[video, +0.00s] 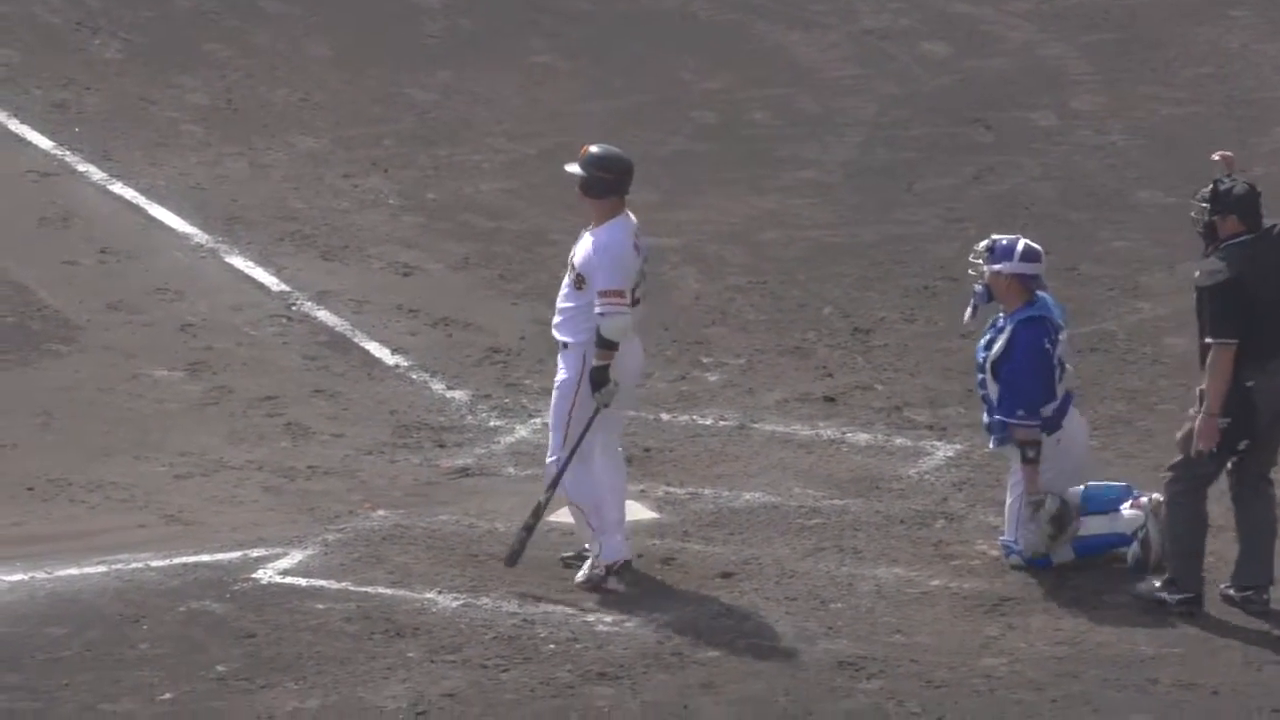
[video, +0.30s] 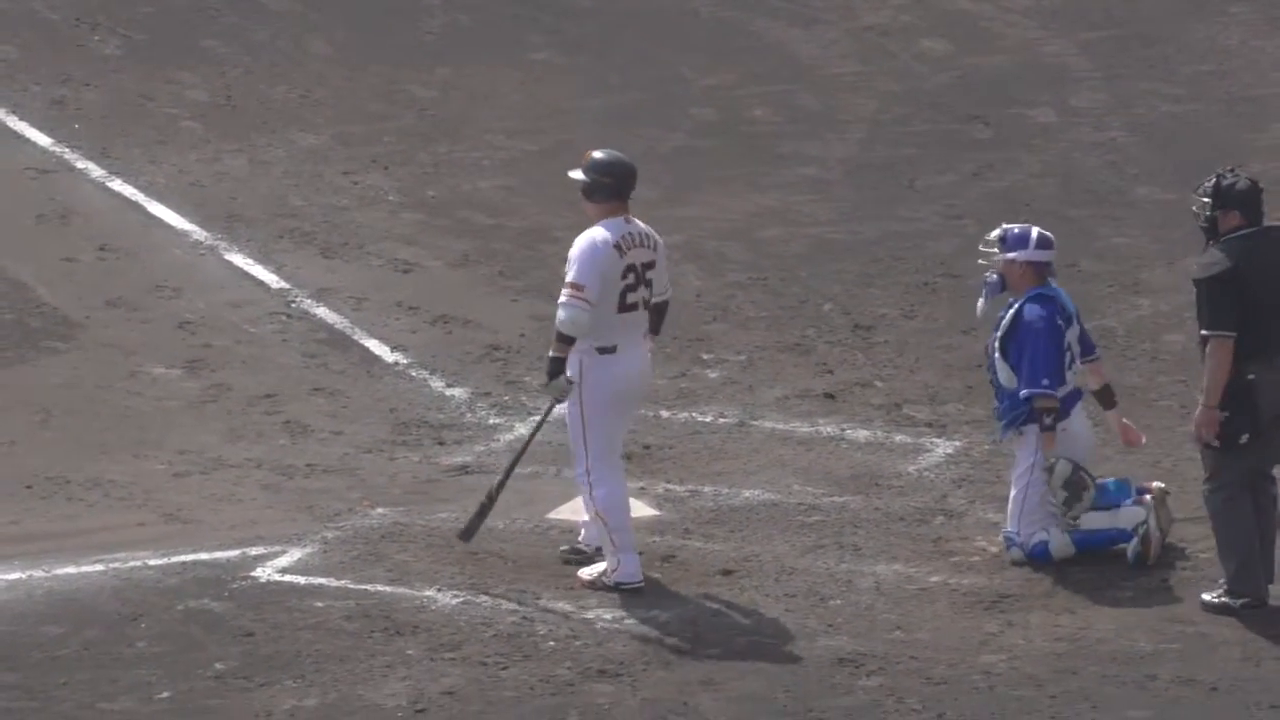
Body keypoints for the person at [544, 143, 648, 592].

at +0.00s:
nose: (577, 187)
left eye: (583, 182)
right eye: (580, 180)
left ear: (598, 189)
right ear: (616, 189)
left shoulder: (608, 245)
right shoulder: (618, 226)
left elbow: (613, 318)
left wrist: (600, 370)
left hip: (587, 357)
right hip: (609, 350)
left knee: (565, 460)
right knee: (599, 449)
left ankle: (606, 551)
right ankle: (608, 544)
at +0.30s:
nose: (581, 192)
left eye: (586, 187)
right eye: (584, 185)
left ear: (597, 193)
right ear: (624, 192)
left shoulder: (591, 244)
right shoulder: (650, 238)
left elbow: (572, 317)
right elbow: (659, 305)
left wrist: (554, 362)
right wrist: (642, 344)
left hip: (598, 364)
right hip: (636, 361)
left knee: (598, 466)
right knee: (600, 451)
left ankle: (623, 565)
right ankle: (594, 536)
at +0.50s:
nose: (573, 191)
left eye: (578, 186)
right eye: (576, 185)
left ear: (590, 189)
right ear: (618, 192)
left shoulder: (575, 234)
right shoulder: (646, 243)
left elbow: (544, 300)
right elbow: (655, 312)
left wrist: (529, 349)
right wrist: (652, 362)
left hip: (587, 364)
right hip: (631, 362)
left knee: (591, 466)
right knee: (601, 425)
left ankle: (608, 563)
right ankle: (619, 504)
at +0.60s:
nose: (572, 192)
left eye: (576, 187)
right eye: (574, 186)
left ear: (589, 190)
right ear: (618, 192)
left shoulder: (569, 232)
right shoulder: (646, 248)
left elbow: (537, 295)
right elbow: (654, 318)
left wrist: (523, 346)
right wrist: (651, 366)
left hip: (582, 366)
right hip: (630, 362)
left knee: (589, 467)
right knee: (620, 404)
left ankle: (603, 562)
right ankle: (636, 487)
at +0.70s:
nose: (572, 193)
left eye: (577, 188)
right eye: (575, 187)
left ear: (589, 190)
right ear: (618, 193)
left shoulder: (568, 229)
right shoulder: (646, 247)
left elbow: (533, 293)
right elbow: (658, 317)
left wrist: (520, 344)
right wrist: (654, 365)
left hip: (577, 362)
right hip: (628, 358)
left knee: (584, 465)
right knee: (631, 412)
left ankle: (597, 563)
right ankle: (652, 489)